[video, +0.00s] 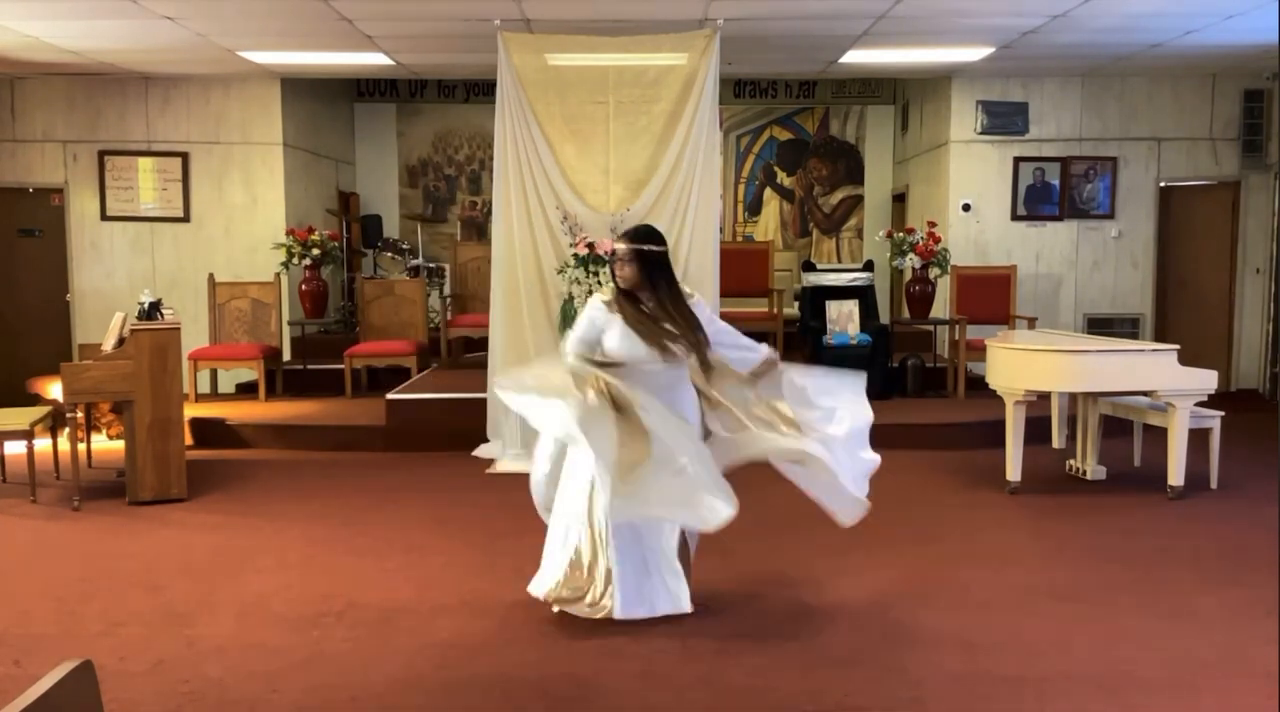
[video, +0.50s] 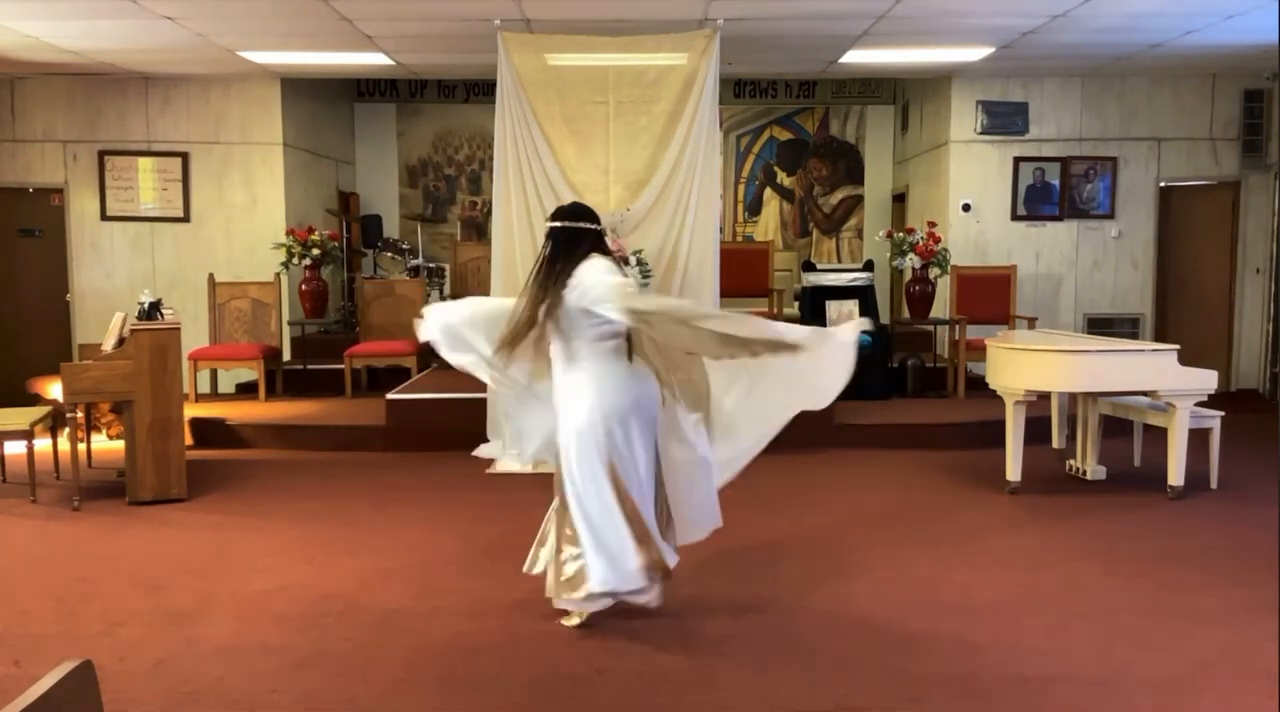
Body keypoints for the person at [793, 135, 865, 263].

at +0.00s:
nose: (815, 176)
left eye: (821, 170)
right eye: (812, 171)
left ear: (839, 166)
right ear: (808, 172)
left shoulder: (854, 193)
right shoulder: (819, 195)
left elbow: (828, 227)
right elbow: (799, 233)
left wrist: (808, 197)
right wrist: (799, 197)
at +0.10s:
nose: (815, 176)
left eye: (820, 170)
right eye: (812, 171)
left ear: (839, 166)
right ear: (808, 172)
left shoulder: (854, 193)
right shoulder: (819, 194)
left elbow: (828, 227)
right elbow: (799, 232)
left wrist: (808, 197)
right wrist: (799, 197)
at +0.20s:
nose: (815, 176)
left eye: (821, 170)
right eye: (812, 171)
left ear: (839, 166)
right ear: (808, 172)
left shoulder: (854, 193)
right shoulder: (819, 194)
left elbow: (828, 226)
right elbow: (799, 232)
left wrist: (808, 196)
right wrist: (799, 197)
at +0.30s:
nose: (815, 176)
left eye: (821, 170)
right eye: (812, 171)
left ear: (839, 166)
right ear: (808, 172)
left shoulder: (854, 193)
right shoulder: (819, 194)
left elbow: (828, 226)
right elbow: (799, 232)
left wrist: (808, 196)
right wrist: (799, 197)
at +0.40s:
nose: (815, 176)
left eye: (821, 170)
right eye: (812, 171)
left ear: (839, 167)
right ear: (808, 172)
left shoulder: (854, 193)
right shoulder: (819, 194)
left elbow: (828, 227)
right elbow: (799, 233)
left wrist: (808, 196)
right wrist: (799, 197)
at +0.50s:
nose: (815, 176)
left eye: (821, 170)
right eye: (812, 171)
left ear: (839, 167)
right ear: (808, 172)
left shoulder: (854, 193)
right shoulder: (819, 194)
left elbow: (828, 227)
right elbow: (799, 233)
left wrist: (808, 196)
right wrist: (799, 197)